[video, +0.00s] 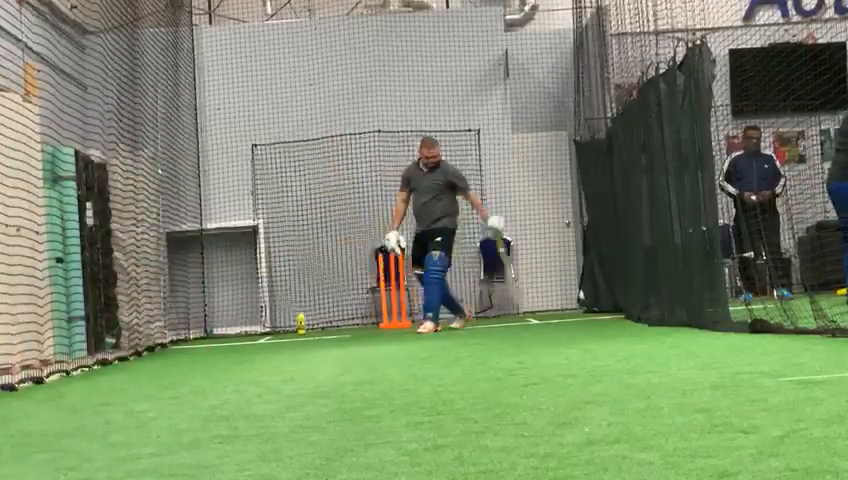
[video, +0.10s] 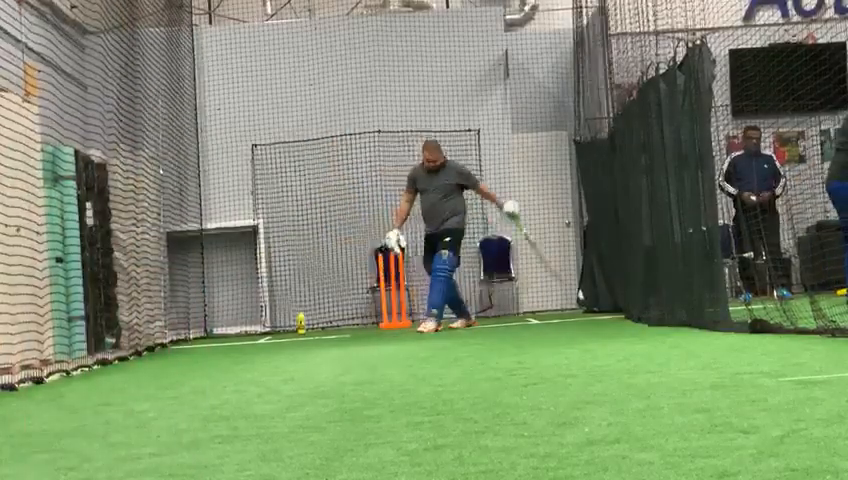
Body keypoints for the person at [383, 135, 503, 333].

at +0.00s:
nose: (434, 162)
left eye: (437, 157)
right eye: (430, 158)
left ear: (440, 153)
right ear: (420, 154)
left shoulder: (448, 171)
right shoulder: (410, 173)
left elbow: (469, 195)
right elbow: (402, 201)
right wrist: (394, 229)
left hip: (444, 228)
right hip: (422, 230)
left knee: (434, 272)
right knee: (422, 274)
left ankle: (430, 320)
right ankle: (460, 313)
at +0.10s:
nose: (433, 165)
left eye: (437, 161)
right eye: (430, 162)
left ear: (443, 156)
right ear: (423, 158)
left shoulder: (455, 170)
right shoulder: (416, 174)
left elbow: (480, 189)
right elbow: (407, 201)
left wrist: (502, 204)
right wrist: (396, 228)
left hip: (452, 228)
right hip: (431, 231)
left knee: (441, 269)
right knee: (436, 272)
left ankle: (433, 318)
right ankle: (464, 316)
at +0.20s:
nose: (433, 165)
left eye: (436, 161)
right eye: (430, 162)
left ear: (444, 154)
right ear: (424, 159)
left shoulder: (461, 167)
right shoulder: (423, 174)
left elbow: (484, 183)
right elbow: (416, 204)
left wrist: (506, 193)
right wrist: (402, 228)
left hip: (460, 225)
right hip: (439, 228)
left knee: (452, 266)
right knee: (438, 268)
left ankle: (446, 315)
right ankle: (464, 315)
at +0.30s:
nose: (432, 164)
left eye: (435, 160)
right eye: (430, 161)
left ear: (444, 153)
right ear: (428, 158)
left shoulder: (466, 162)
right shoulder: (429, 171)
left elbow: (488, 178)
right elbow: (427, 200)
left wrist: (511, 186)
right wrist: (415, 225)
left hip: (467, 219)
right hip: (446, 224)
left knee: (463, 256)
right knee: (444, 262)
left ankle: (472, 311)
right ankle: (461, 314)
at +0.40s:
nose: (433, 164)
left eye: (434, 160)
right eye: (432, 161)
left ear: (444, 152)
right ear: (434, 156)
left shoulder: (469, 159)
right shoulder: (436, 171)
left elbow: (493, 174)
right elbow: (436, 198)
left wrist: (517, 181)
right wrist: (428, 224)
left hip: (475, 218)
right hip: (453, 224)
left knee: (478, 253)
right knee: (453, 266)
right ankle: (464, 316)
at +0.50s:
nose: (437, 164)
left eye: (437, 160)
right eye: (435, 161)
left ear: (445, 154)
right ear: (442, 155)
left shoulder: (474, 159)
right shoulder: (443, 171)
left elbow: (500, 173)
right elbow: (447, 197)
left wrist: (524, 183)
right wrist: (442, 224)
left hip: (485, 222)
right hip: (462, 226)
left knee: (496, 262)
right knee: (457, 265)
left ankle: (524, 306)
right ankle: (465, 316)